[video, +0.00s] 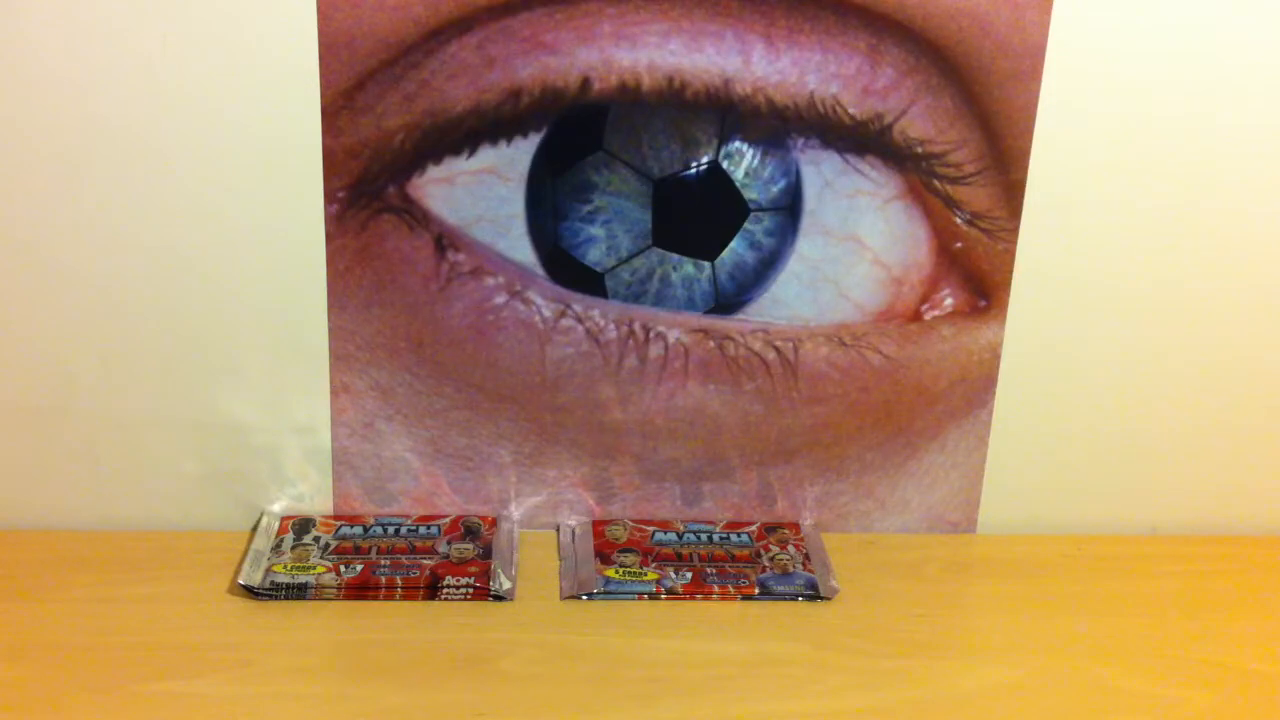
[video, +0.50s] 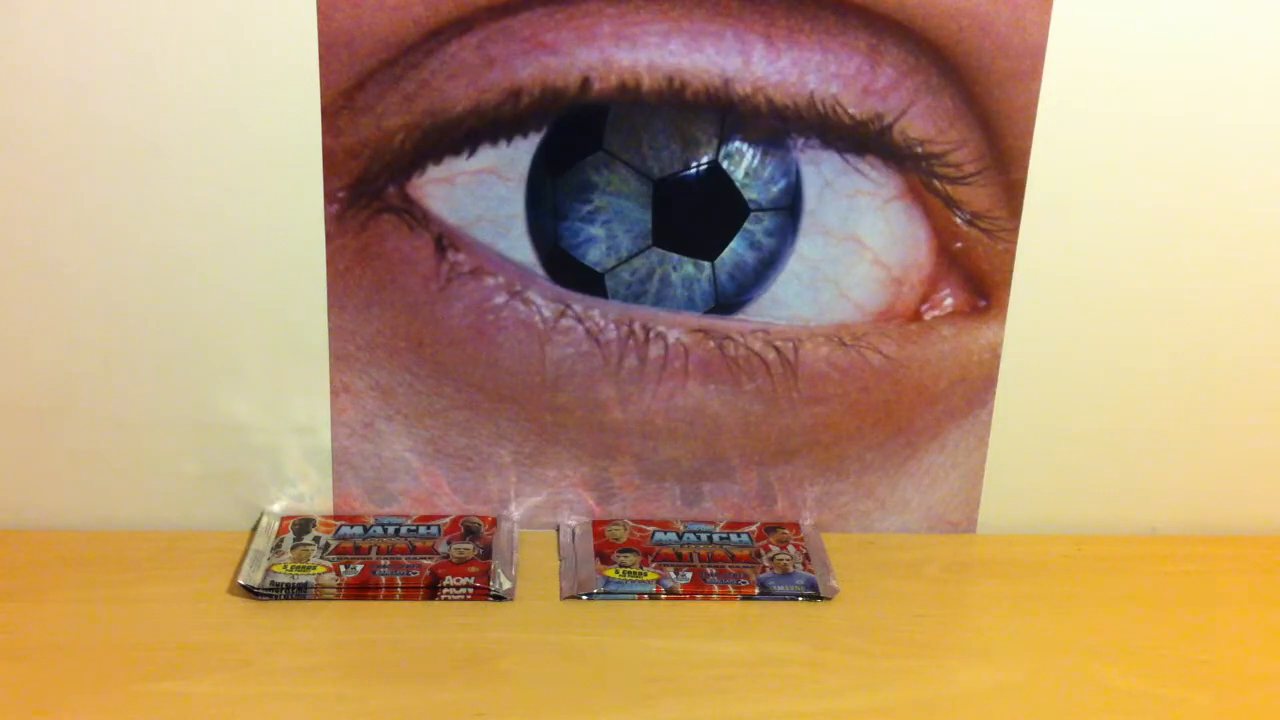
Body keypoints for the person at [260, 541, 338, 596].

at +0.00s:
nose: (309, 554)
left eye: (312, 551)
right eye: (305, 550)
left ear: (315, 552)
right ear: (292, 552)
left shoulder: (323, 568)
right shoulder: (274, 568)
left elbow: (328, 597)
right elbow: (262, 593)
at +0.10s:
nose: (309, 554)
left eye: (312, 551)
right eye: (305, 550)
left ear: (315, 551)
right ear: (292, 551)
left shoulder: (323, 568)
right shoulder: (274, 568)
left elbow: (328, 596)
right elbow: (262, 593)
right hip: (277, 610)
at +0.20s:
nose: (309, 554)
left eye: (312, 551)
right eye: (305, 550)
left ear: (315, 552)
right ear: (292, 552)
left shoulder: (323, 568)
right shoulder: (274, 568)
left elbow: (328, 597)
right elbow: (262, 594)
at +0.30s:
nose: (309, 554)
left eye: (311, 551)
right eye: (304, 551)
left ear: (315, 552)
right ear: (292, 552)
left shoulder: (323, 568)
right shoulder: (275, 567)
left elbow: (328, 596)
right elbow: (262, 593)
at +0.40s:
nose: (309, 554)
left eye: (312, 551)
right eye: (305, 551)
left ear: (315, 552)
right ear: (292, 552)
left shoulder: (323, 568)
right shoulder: (275, 567)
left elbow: (328, 596)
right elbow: (262, 593)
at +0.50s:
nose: (309, 554)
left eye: (312, 551)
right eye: (305, 551)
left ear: (315, 552)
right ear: (292, 552)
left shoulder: (323, 568)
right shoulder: (275, 567)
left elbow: (328, 596)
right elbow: (262, 593)